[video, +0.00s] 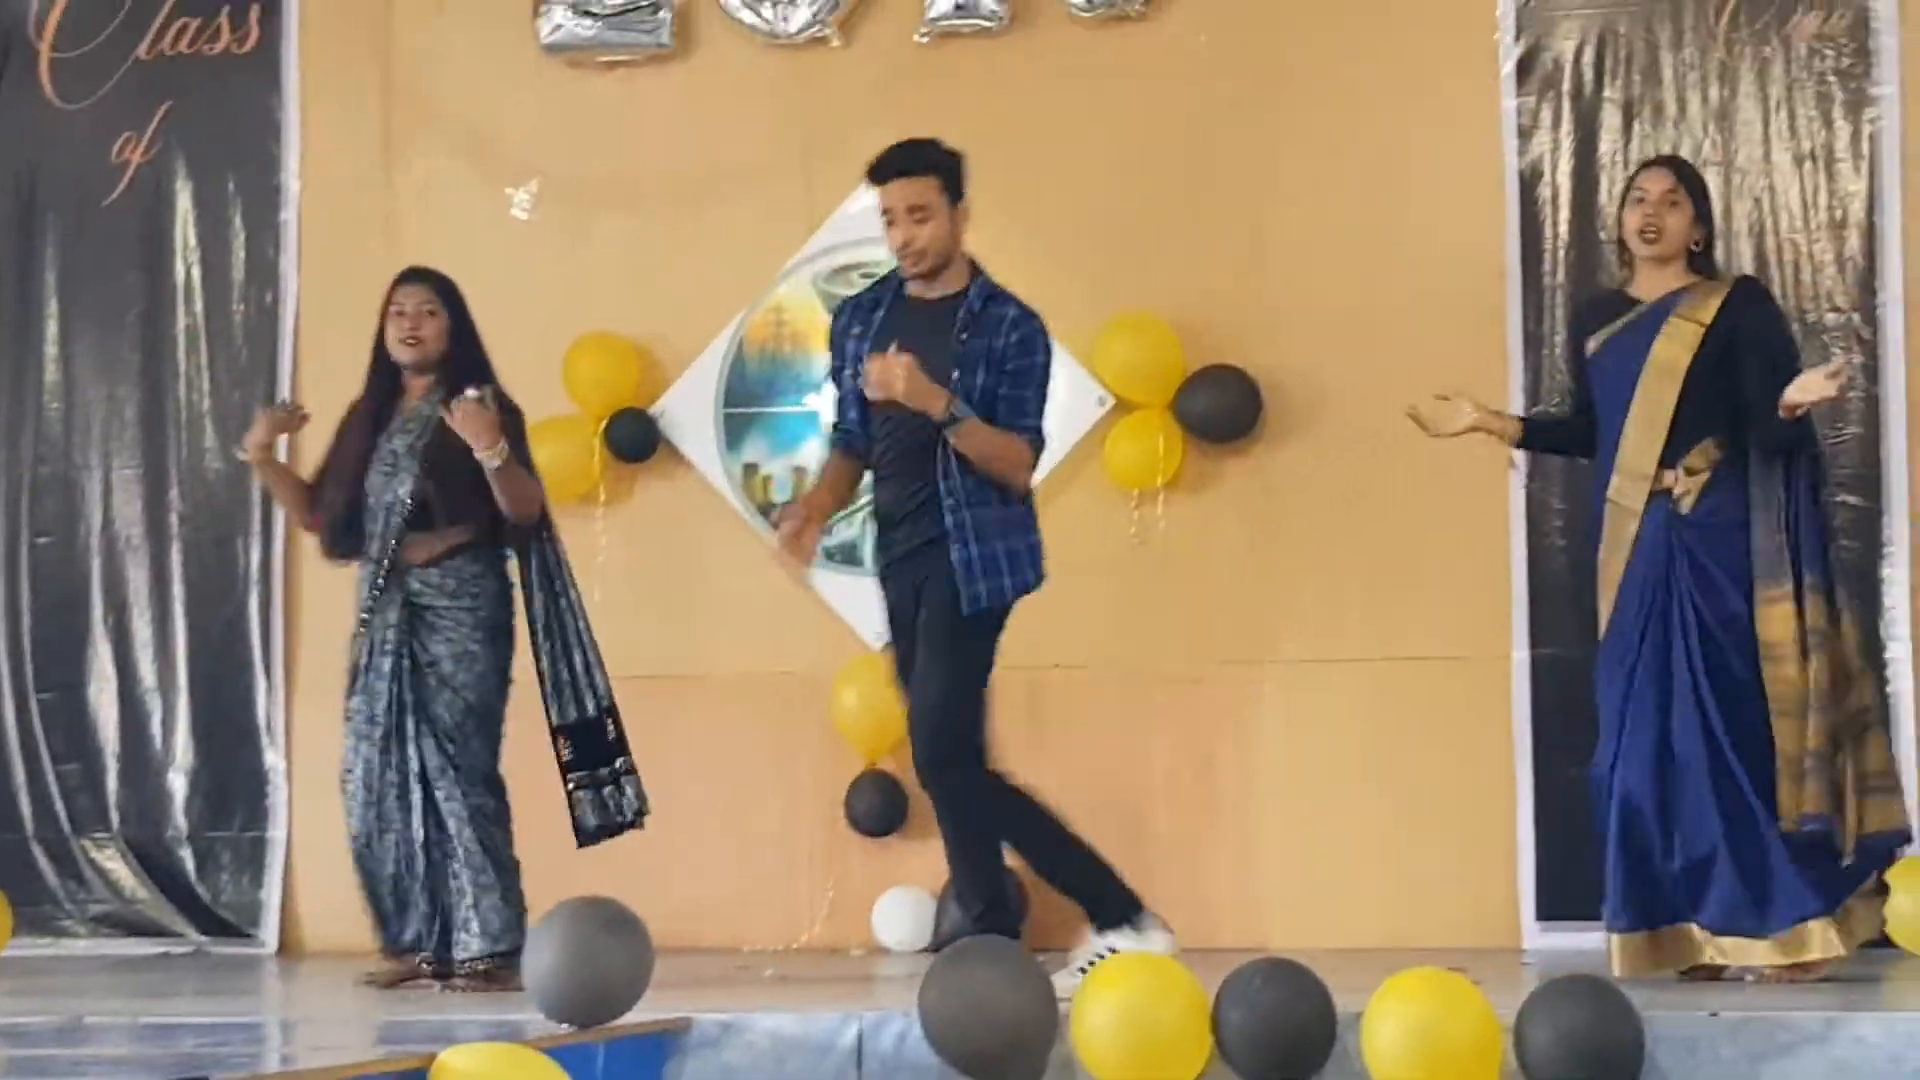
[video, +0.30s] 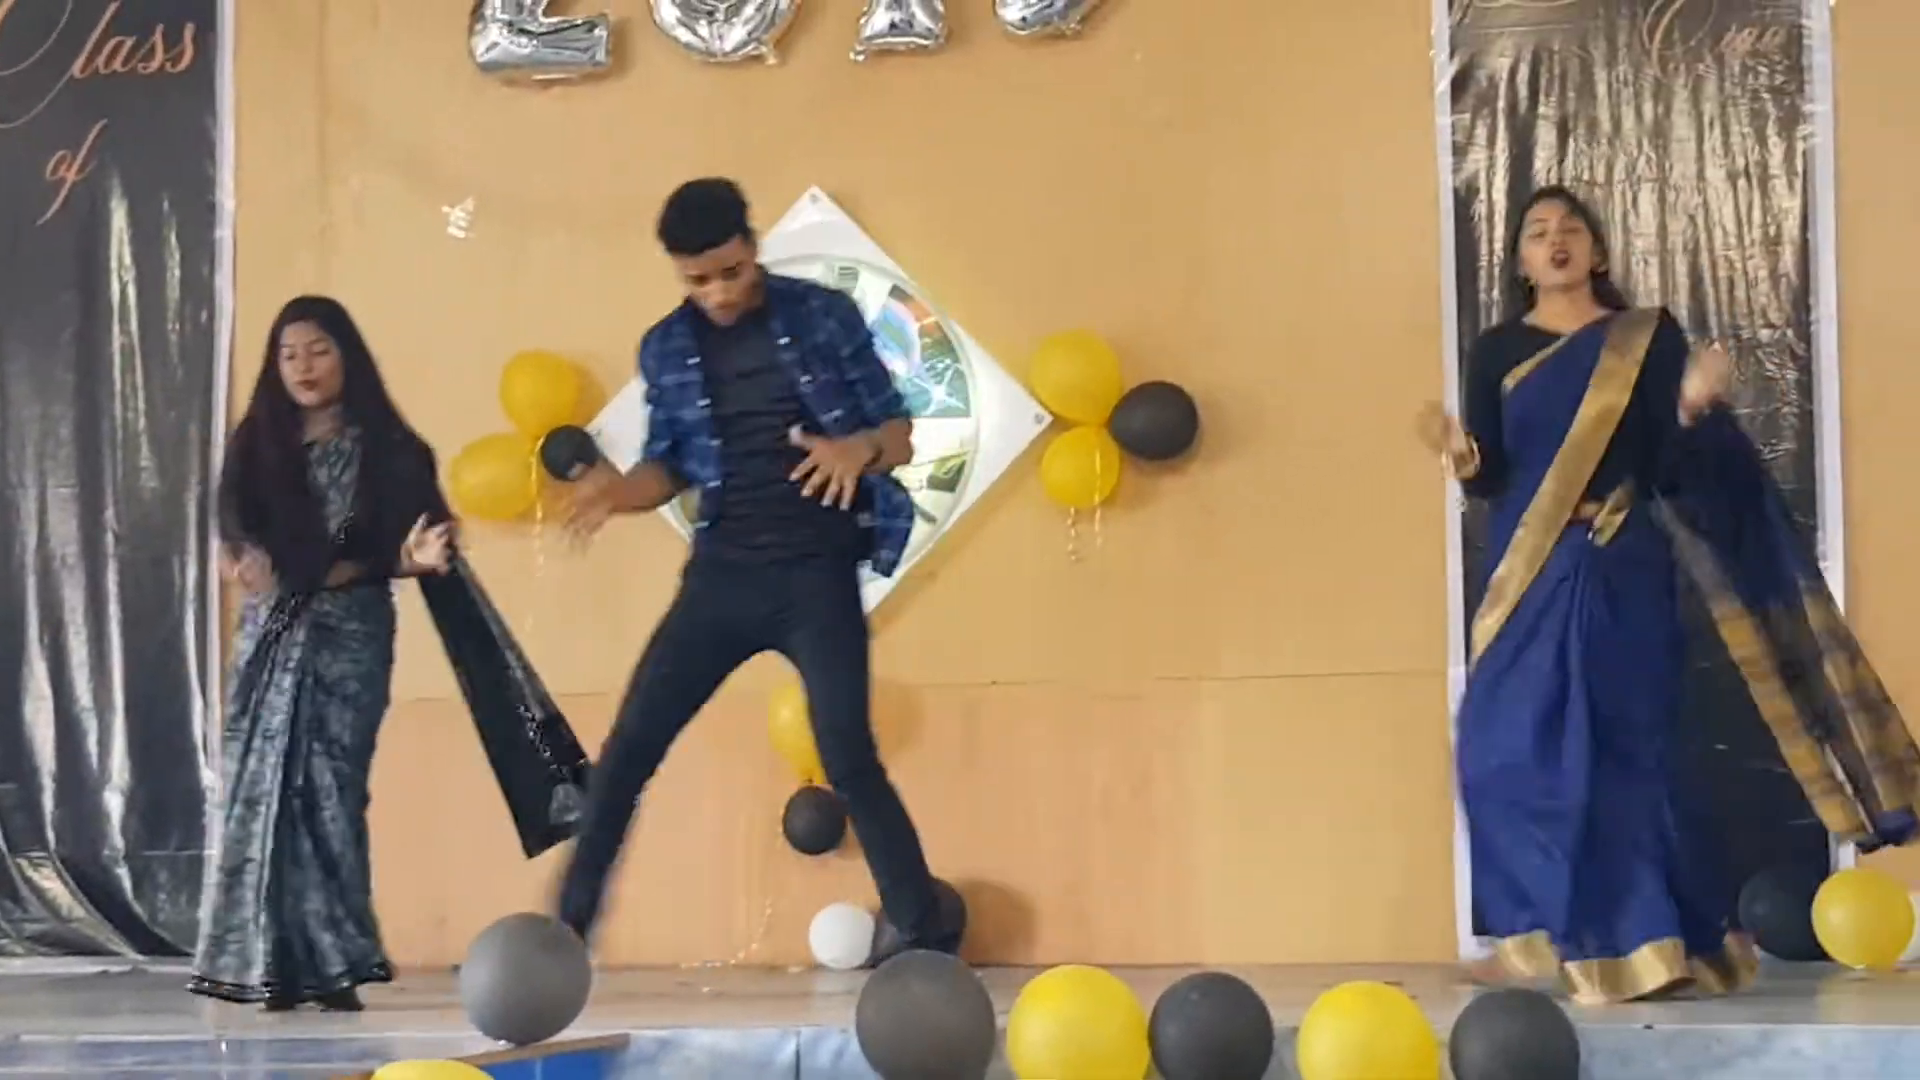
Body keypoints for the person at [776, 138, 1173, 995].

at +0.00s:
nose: (902, 233)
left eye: (918, 214)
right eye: (889, 218)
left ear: (960, 213)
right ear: (880, 223)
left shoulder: (1009, 325)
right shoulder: (862, 320)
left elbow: (1020, 461)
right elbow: (852, 444)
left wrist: (930, 397)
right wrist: (811, 510)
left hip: (976, 549)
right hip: (899, 557)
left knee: (942, 752)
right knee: (953, 767)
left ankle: (987, 949)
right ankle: (1124, 919)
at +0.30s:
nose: (719, 292)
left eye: (732, 272)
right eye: (699, 279)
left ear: (755, 247)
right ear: (676, 269)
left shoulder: (820, 313)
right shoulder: (667, 348)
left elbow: (899, 434)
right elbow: (669, 465)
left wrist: (862, 448)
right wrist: (617, 493)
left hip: (816, 575)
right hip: (721, 577)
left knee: (849, 763)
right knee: (628, 751)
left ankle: (922, 936)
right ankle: (568, 934)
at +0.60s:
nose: (576, 282)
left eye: (589, 264)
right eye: (556, 268)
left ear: (608, 244)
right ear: (530, 256)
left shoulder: (660, 300)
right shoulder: (506, 309)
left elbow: (777, 374)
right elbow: (404, 385)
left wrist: (760, 296)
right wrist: (452, 288)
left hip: (663, 556)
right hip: (564, 561)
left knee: (701, 706)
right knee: (515, 744)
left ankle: (763, 872)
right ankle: (482, 936)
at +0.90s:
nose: (546, 259)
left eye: (557, 240)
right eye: (527, 246)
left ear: (574, 224)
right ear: (496, 241)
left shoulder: (625, 285)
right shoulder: (469, 312)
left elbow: (748, 338)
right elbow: (366, 396)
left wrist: (691, 257)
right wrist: (405, 290)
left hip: (613, 549)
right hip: (515, 552)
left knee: (604, 729)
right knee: (486, 740)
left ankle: (590, 898)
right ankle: (475, 922)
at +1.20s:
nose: (640, 236)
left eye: (645, 218)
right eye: (623, 222)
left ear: (650, 209)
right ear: (573, 218)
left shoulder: (674, 295)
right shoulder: (518, 303)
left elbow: (768, 401)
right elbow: (435, 412)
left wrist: (748, 315)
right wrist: (447, 335)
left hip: (667, 549)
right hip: (570, 554)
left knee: (732, 707)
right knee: (519, 732)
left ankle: (846, 868)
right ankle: (488, 917)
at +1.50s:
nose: (741, 237)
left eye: (756, 218)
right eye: (724, 224)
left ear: (781, 196)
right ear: (703, 215)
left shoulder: (826, 270)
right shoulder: (693, 275)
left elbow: (897, 368)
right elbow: (616, 349)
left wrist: (860, 261)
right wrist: (642, 251)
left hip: (804, 527)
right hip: (714, 527)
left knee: (864, 706)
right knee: (611, 663)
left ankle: (948, 871)